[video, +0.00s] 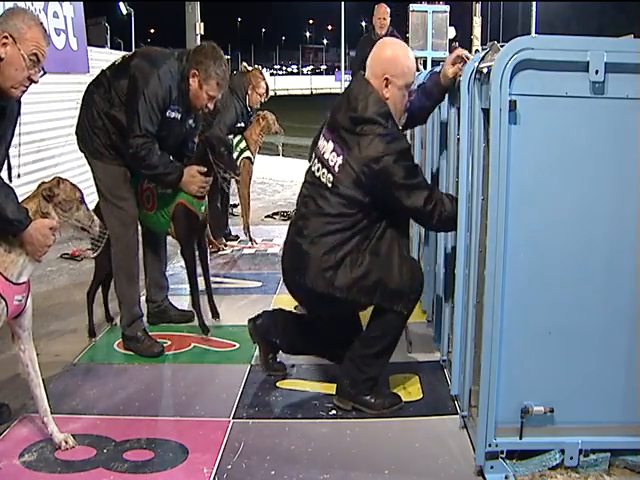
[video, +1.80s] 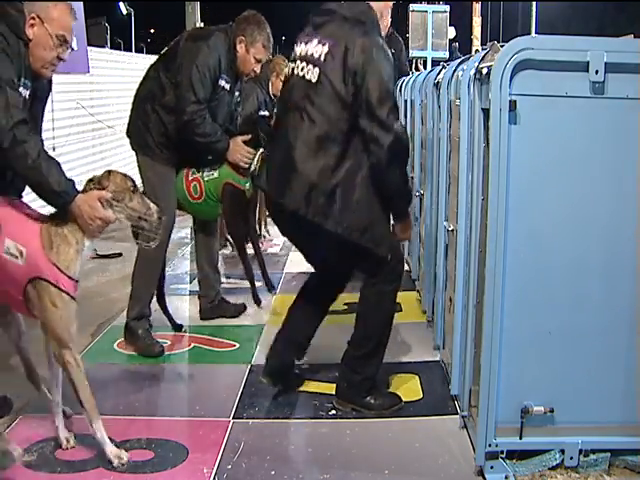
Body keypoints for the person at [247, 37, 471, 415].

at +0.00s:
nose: (410, 96)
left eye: (411, 88)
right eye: (407, 87)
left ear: (377, 81)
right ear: (385, 85)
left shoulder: (348, 108)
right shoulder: (384, 144)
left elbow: (405, 114)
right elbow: (432, 209)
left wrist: (442, 80)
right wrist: (484, 209)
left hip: (303, 258)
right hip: (329, 268)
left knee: (346, 344)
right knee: (407, 282)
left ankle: (271, 327)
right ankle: (359, 386)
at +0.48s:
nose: (407, 109)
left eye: (407, 101)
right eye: (404, 101)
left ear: (373, 96)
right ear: (381, 100)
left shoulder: (350, 120)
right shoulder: (381, 155)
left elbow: (391, 144)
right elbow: (433, 214)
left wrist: (429, 141)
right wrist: (492, 212)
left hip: (307, 268)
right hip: (331, 277)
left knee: (349, 352)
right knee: (410, 282)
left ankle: (274, 329)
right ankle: (358, 386)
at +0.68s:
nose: (405, 128)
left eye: (406, 120)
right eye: (402, 120)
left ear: (373, 109)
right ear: (380, 115)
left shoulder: (347, 128)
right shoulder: (375, 168)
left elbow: (392, 168)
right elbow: (428, 227)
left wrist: (429, 190)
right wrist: (473, 242)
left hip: (299, 270)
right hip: (320, 280)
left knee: (348, 351)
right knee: (400, 277)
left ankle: (275, 330)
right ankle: (358, 388)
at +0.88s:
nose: (399, 137)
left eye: (401, 129)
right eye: (395, 129)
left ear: (374, 116)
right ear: (374, 120)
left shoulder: (349, 135)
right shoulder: (355, 159)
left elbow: (395, 192)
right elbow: (391, 225)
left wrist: (430, 239)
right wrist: (423, 267)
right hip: (309, 281)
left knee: (358, 352)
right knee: (390, 274)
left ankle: (277, 332)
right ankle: (358, 388)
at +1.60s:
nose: (402, 84)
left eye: (404, 75)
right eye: (403, 74)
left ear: (376, 59)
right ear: (390, 66)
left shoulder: (344, 86)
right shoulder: (353, 98)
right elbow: (361, 193)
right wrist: (393, 236)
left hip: (297, 230)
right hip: (305, 234)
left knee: (349, 314)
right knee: (391, 271)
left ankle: (271, 336)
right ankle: (357, 387)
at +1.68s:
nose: (397, 58)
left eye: (400, 49)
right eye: (399, 48)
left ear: (367, 29)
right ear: (390, 39)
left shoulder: (330, 66)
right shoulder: (356, 78)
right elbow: (373, 169)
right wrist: (397, 230)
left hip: (290, 208)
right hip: (311, 211)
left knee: (349, 288)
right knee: (390, 272)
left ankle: (272, 339)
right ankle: (358, 386)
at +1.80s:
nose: (391, 19)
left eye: (392, 11)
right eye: (391, 10)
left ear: (352, 3)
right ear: (377, 5)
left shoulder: (313, 31)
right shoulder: (367, 46)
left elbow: (294, 114)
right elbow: (383, 138)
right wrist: (401, 211)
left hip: (285, 187)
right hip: (327, 191)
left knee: (334, 265)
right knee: (387, 265)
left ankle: (281, 362)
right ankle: (358, 385)